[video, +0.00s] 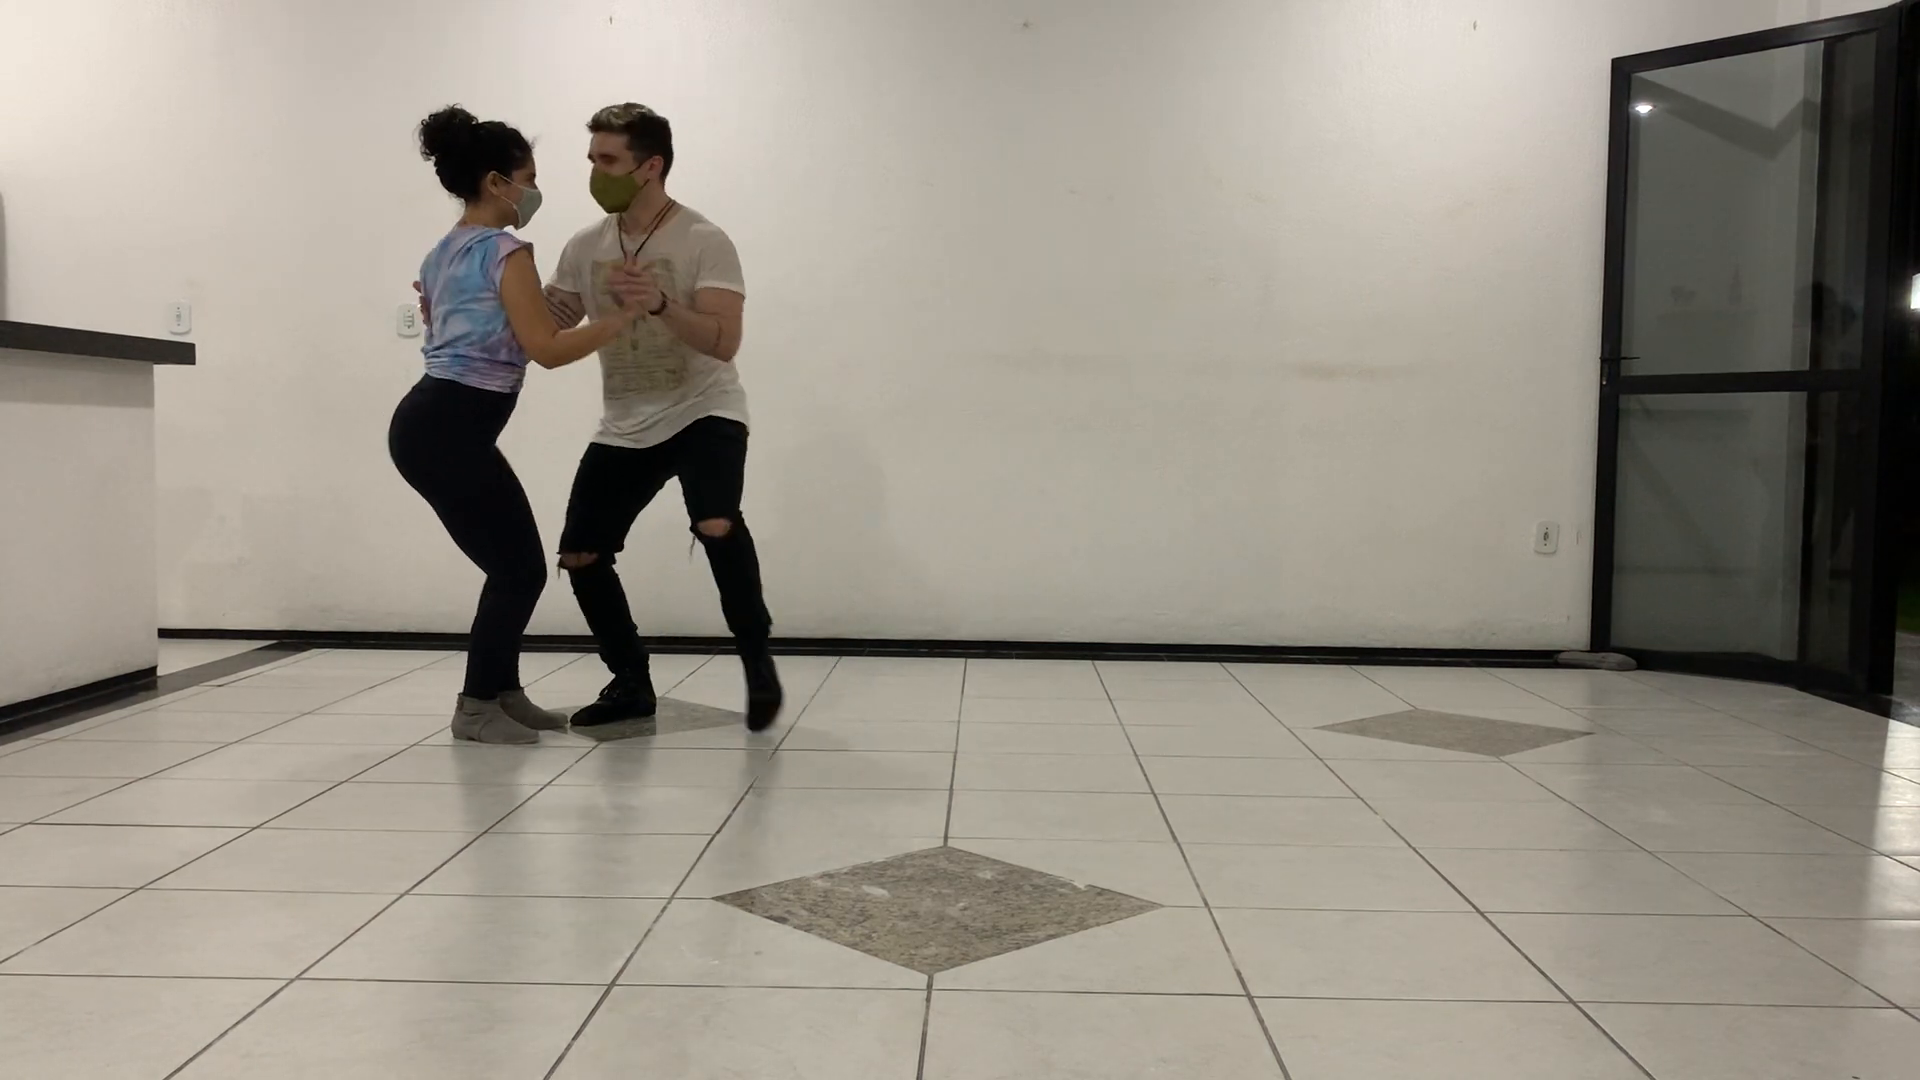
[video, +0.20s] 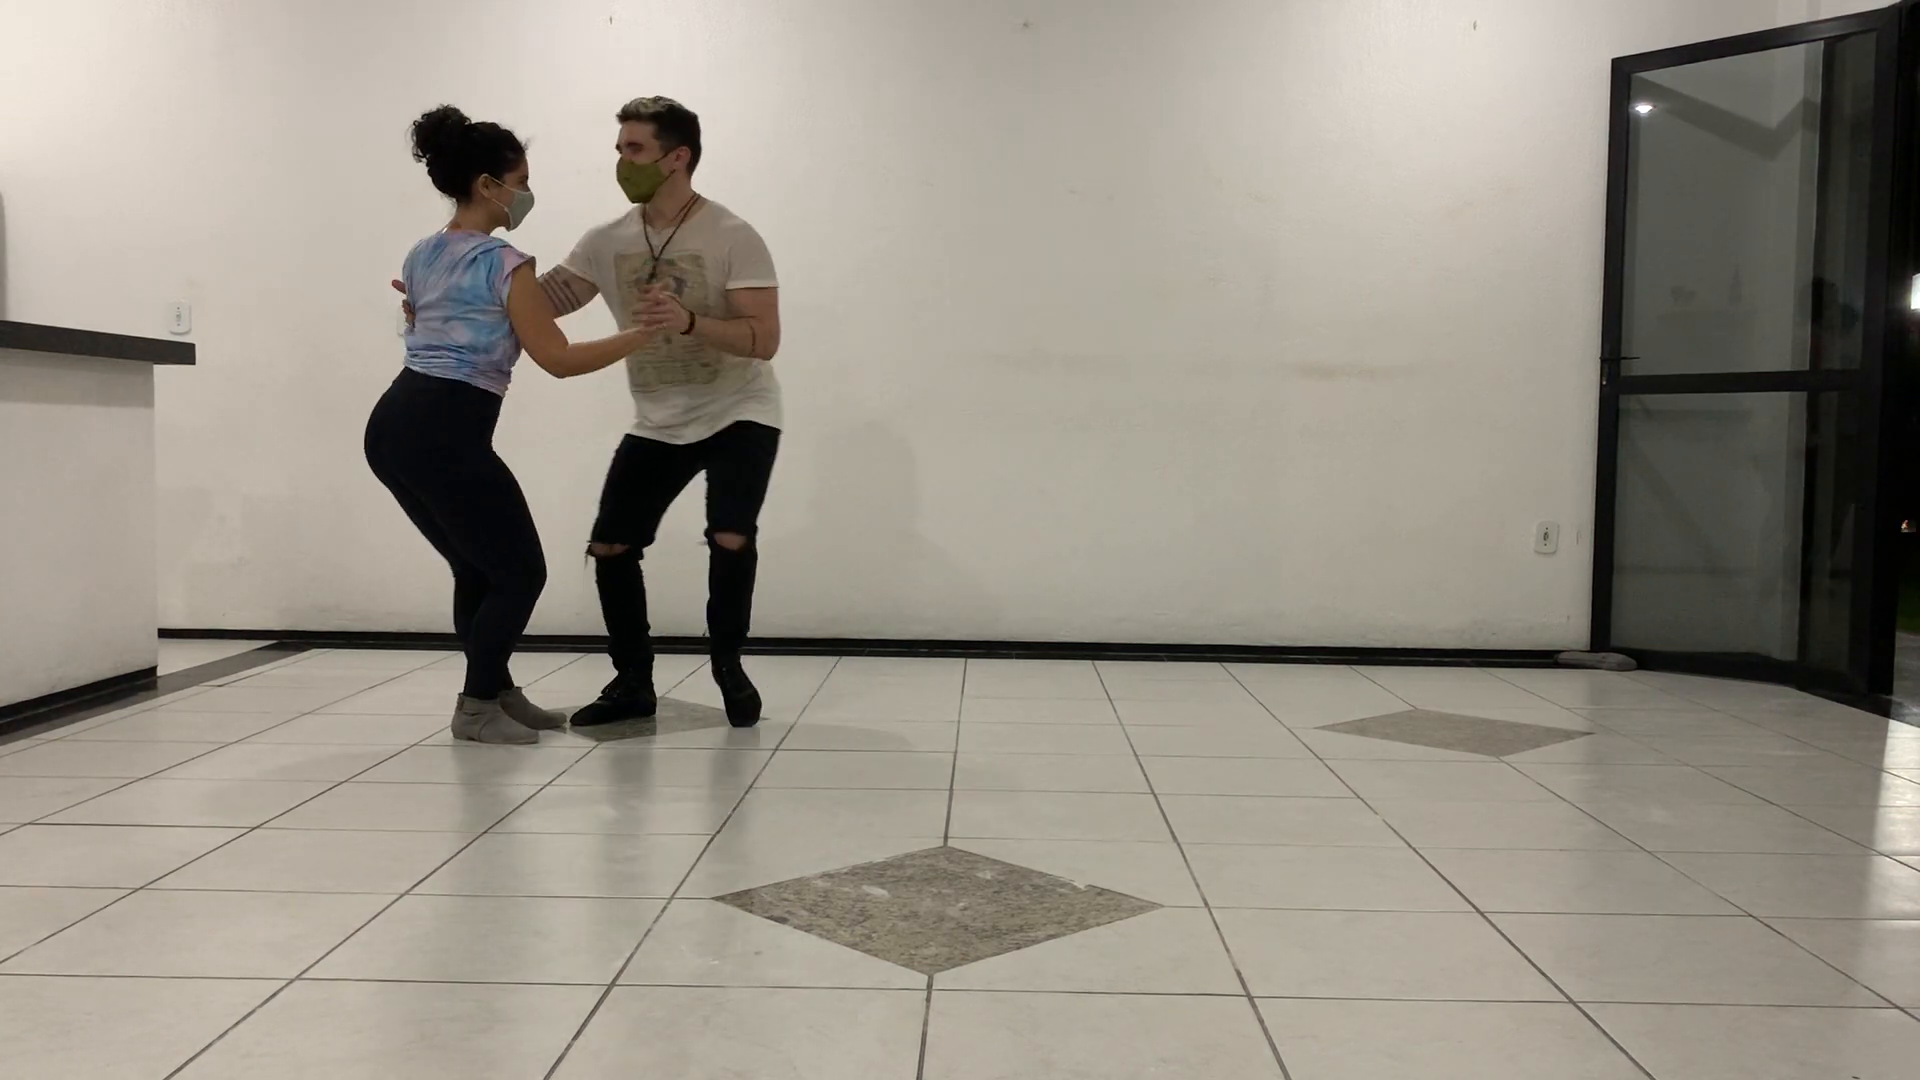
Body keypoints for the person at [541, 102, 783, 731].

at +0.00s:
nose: (594, 171)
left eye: (607, 161)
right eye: (592, 160)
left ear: (652, 166)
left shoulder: (704, 241)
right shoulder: (584, 249)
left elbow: (724, 340)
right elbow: (544, 330)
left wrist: (658, 304)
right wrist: (457, 305)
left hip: (705, 405)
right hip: (627, 421)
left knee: (716, 522)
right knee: (582, 551)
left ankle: (757, 667)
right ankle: (632, 686)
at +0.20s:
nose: (622, 161)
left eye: (635, 150)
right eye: (620, 149)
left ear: (679, 157)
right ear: (627, 154)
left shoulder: (734, 238)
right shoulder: (607, 245)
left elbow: (764, 339)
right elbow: (534, 306)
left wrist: (690, 322)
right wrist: (439, 301)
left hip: (741, 410)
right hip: (660, 421)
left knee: (730, 534)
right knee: (612, 546)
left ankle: (729, 664)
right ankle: (634, 686)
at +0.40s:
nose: (654, 162)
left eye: (667, 151)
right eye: (650, 151)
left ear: (710, 156)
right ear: (650, 156)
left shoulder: (766, 234)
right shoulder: (642, 247)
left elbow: (791, 331)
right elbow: (561, 298)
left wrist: (712, 303)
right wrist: (467, 293)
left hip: (795, 407)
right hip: (718, 416)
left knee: (771, 547)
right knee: (666, 541)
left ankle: (737, 682)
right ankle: (639, 684)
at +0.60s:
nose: (696, 174)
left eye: (709, 162)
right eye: (691, 162)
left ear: (751, 168)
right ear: (690, 166)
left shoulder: (799, 235)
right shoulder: (694, 251)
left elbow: (790, 302)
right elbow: (628, 314)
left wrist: (712, 258)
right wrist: (552, 331)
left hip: (828, 418)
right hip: (752, 422)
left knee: (792, 554)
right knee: (687, 535)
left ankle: (742, 681)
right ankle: (659, 667)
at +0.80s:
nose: (741, 174)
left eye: (755, 164)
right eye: (738, 163)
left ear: (797, 172)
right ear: (736, 166)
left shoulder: (835, 244)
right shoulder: (731, 248)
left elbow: (833, 306)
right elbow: (673, 316)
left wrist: (755, 289)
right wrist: (602, 336)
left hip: (838, 426)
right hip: (766, 429)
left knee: (798, 562)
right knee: (725, 552)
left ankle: (743, 678)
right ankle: (819, 644)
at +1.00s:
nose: (770, 164)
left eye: (784, 153)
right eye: (765, 153)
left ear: (824, 160)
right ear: (761, 159)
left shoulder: (858, 224)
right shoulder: (758, 245)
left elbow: (912, 261)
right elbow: (718, 336)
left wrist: (826, 227)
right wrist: (665, 294)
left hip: (865, 407)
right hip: (795, 420)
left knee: (834, 544)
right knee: (799, 562)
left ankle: (770, 675)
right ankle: (872, 676)